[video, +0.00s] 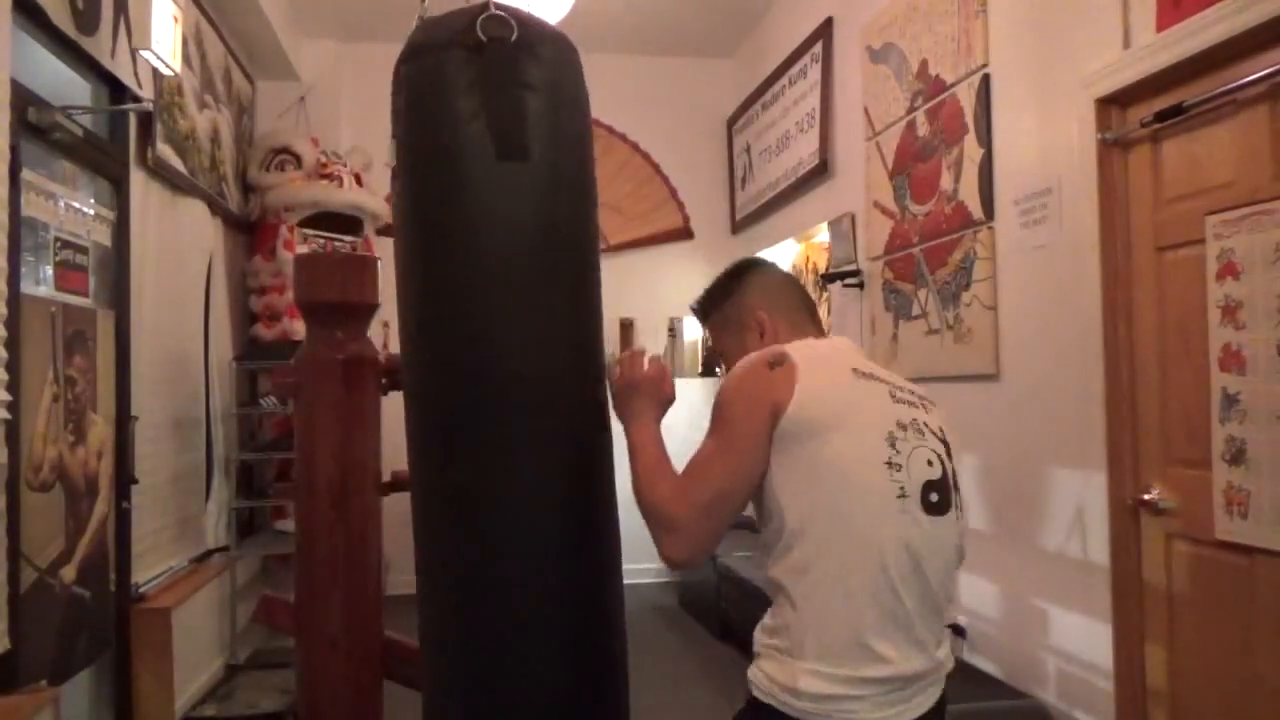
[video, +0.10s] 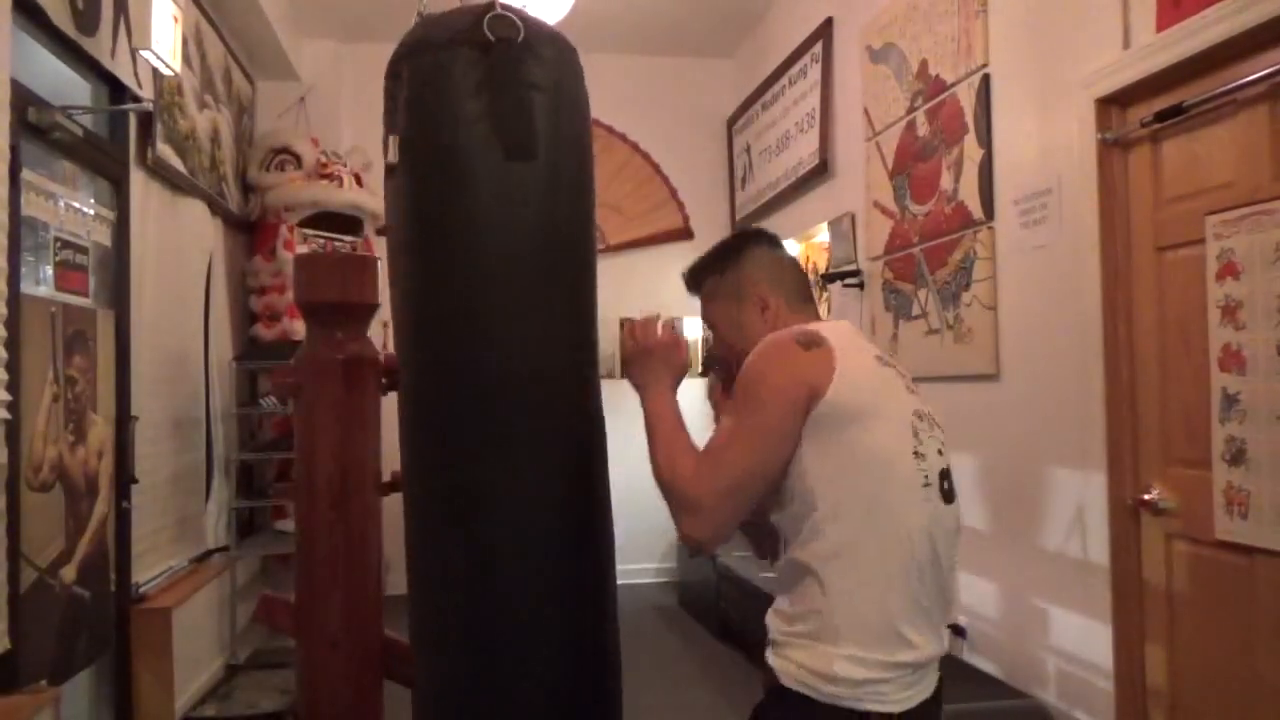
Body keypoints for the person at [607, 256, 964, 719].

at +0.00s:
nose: (728, 378)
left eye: (725, 362)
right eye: (722, 366)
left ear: (760, 330)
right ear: (813, 326)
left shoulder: (767, 376)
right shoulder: (899, 388)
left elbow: (680, 540)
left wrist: (640, 418)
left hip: (810, 704)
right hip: (922, 697)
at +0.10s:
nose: (715, 352)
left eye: (716, 330)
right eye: (710, 334)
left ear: (763, 307)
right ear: (779, 308)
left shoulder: (792, 355)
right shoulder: (865, 358)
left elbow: (700, 520)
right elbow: (774, 542)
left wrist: (655, 389)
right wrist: (730, 414)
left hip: (832, 697)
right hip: (912, 689)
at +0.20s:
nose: (698, 321)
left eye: (706, 299)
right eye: (698, 301)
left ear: (768, 292)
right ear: (771, 294)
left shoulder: (822, 346)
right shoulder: (837, 344)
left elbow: (740, 518)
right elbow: (726, 514)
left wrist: (673, 387)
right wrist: (697, 383)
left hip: (845, 692)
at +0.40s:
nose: (668, 306)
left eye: (680, 283)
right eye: (666, 285)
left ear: (752, 276)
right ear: (751, 281)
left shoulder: (853, 362)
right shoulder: (736, 391)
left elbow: (820, 553)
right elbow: (642, 512)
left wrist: (682, 426)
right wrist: (651, 376)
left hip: (840, 694)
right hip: (763, 678)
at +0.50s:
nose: (644, 301)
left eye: (656, 278)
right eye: (641, 280)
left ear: (730, 270)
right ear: (729, 276)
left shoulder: (832, 363)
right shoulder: (713, 386)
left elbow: (793, 564)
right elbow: (609, 504)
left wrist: (654, 430)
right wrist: (625, 363)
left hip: (826, 698)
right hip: (751, 683)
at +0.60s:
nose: (613, 290)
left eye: (627, 268)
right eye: (612, 269)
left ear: (704, 265)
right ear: (704, 268)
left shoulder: (807, 363)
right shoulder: (683, 383)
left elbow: (759, 576)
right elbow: (577, 492)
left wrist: (629, 431)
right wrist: (600, 353)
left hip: (819, 695)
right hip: (738, 681)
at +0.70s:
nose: (589, 299)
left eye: (601, 276)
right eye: (588, 277)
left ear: (678, 269)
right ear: (678, 272)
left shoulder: (787, 374)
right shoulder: (666, 387)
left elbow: (734, 596)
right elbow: (572, 503)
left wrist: (607, 446)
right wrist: (573, 361)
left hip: (811, 703)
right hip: (732, 687)